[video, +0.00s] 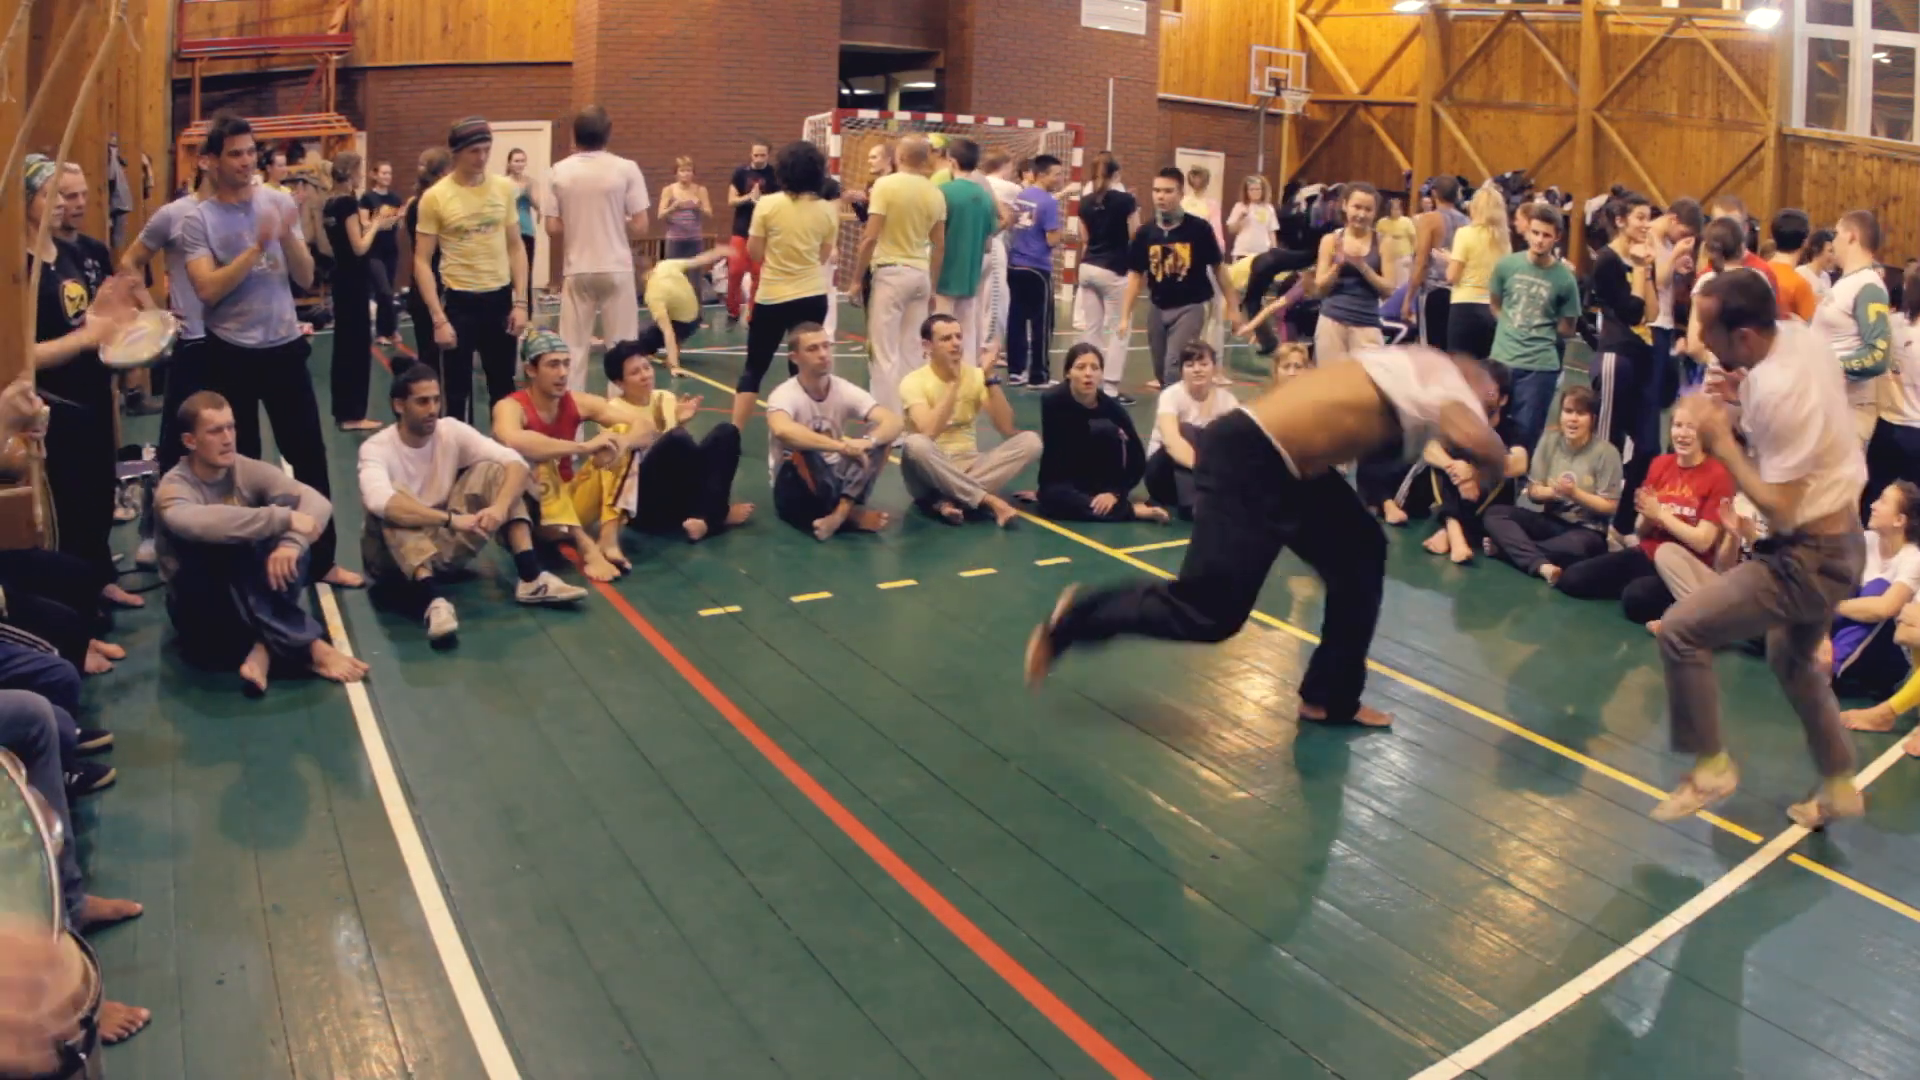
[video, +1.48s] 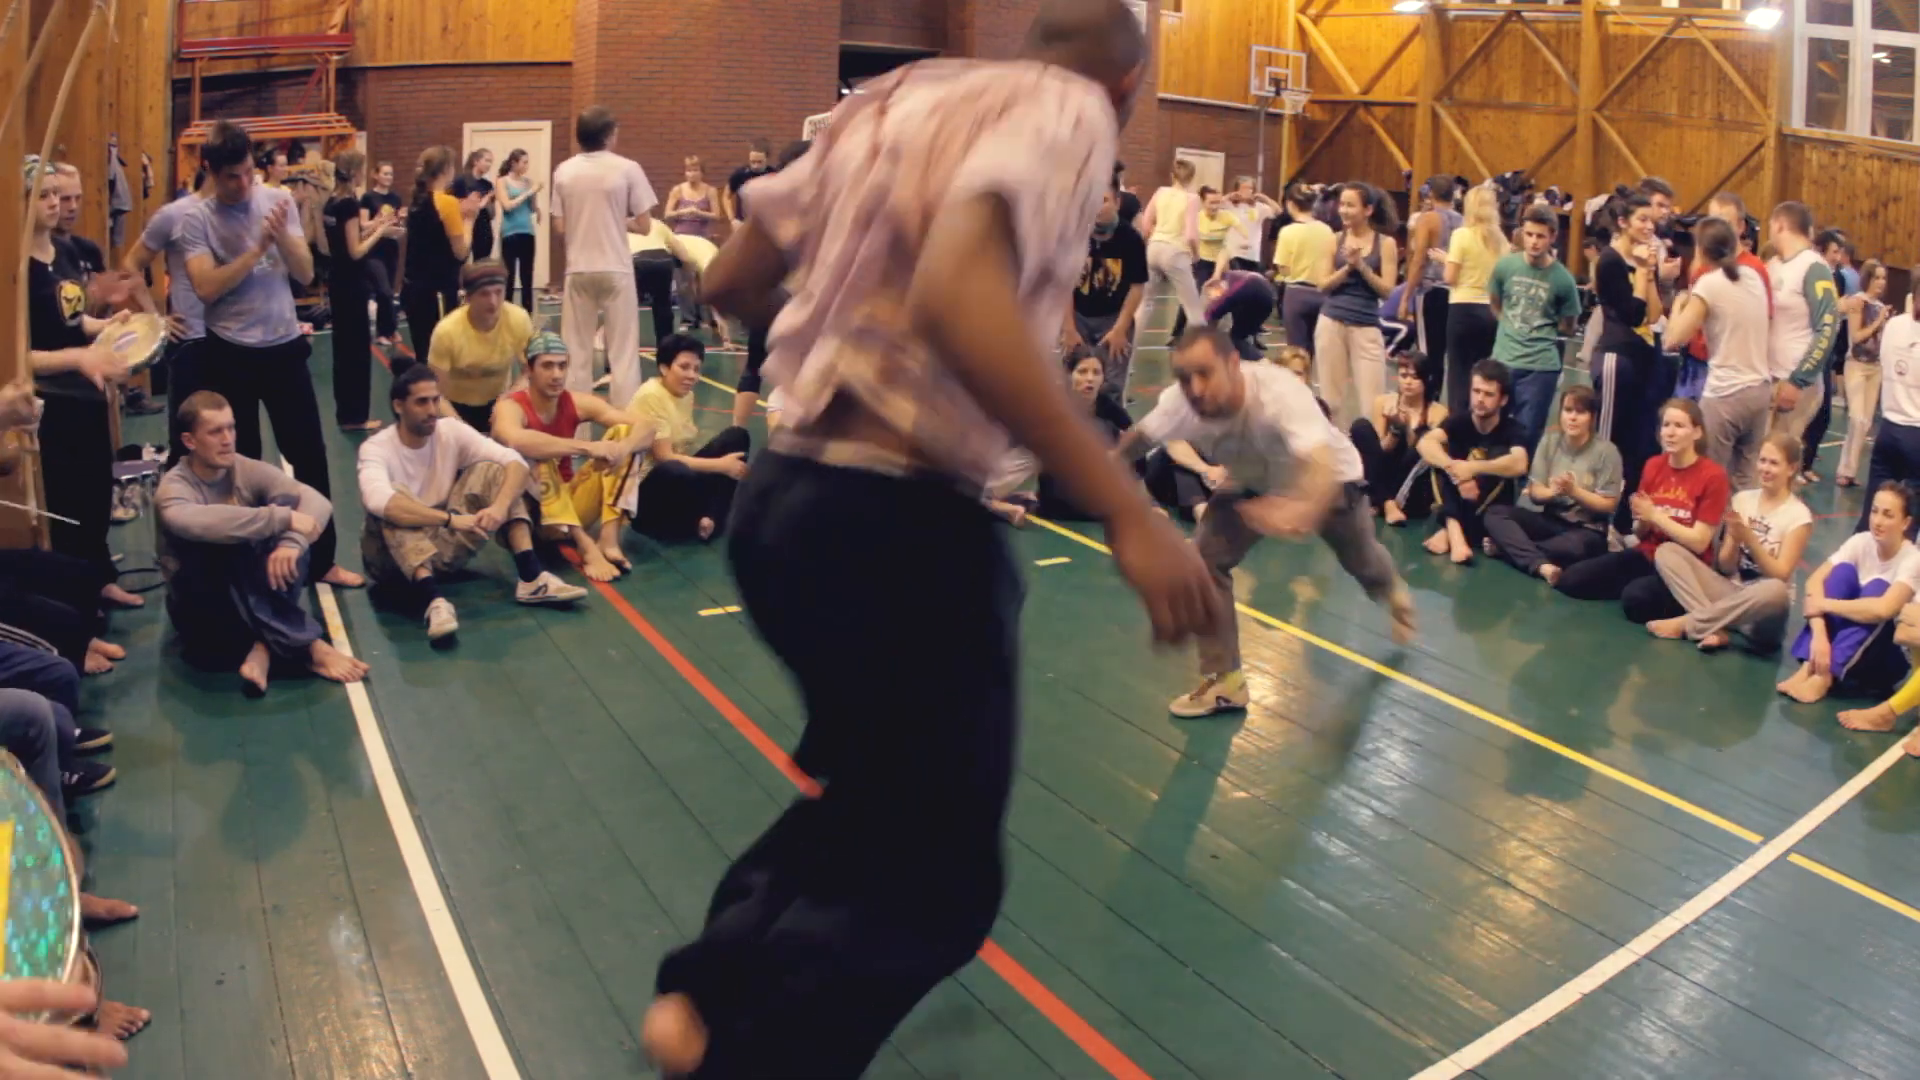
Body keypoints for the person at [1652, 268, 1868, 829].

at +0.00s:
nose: (1706, 346)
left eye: (1711, 336)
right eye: (1704, 335)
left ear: (1747, 334)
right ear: (1756, 326)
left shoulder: (1777, 387)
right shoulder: (1803, 337)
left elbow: (1781, 507)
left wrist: (1721, 440)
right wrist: (1750, 396)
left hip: (1810, 552)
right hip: (1837, 541)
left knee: (1679, 631)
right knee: (1795, 664)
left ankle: (1711, 768)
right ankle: (1840, 785)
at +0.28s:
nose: (1708, 392)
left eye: (1718, 384)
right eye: (1709, 381)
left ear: (1758, 392)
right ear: (1758, 393)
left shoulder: (1773, 436)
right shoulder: (1797, 434)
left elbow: (1663, 464)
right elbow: (1715, 483)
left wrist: (1658, 392)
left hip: (1800, 627)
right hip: (1821, 622)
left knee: (1657, 669)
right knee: (1781, 715)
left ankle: (1617, 814)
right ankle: (1834, 815)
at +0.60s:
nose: (1635, 457)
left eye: (1650, 458)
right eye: (1638, 443)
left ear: (1685, 470)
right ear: (1646, 422)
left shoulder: (1679, 518)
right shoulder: (1630, 420)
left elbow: (1572, 551)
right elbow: (1554, 481)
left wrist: (1601, 489)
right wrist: (1590, 418)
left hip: (1634, 617)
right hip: (1578, 595)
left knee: (1548, 696)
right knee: (1561, 699)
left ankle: (1501, 835)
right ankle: (1675, 702)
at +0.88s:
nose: (1530, 583)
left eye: (1549, 592)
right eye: (1542, 566)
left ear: (1572, 603)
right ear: (1554, 534)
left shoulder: (1579, 622)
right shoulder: (1500, 523)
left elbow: (1556, 731)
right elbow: (1458, 631)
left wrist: (1527, 819)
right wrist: (1510, 734)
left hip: (1505, 643)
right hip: (1436, 599)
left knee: (1503, 730)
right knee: (1359, 652)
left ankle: (1487, 833)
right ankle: (1326, 689)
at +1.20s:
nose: (1302, 478)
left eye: (1311, 467)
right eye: (1293, 467)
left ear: (1335, 449)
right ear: (1282, 451)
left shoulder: (1375, 455)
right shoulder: (1269, 461)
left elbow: (1445, 463)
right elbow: (1230, 522)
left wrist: (1504, 469)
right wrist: (1304, 521)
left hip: (1388, 534)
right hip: (1307, 540)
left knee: (1423, 641)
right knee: (1226, 588)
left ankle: (1486, 764)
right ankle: (1228, 690)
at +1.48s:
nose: (1196, 388)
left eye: (1204, 374)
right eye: (1185, 378)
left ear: (1233, 363)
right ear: (1177, 379)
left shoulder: (1278, 388)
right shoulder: (1179, 406)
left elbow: (1322, 463)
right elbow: (1129, 447)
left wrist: (1303, 507)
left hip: (1323, 480)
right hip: (1253, 486)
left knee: (1362, 560)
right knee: (1205, 561)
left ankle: (1393, 595)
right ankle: (1225, 680)